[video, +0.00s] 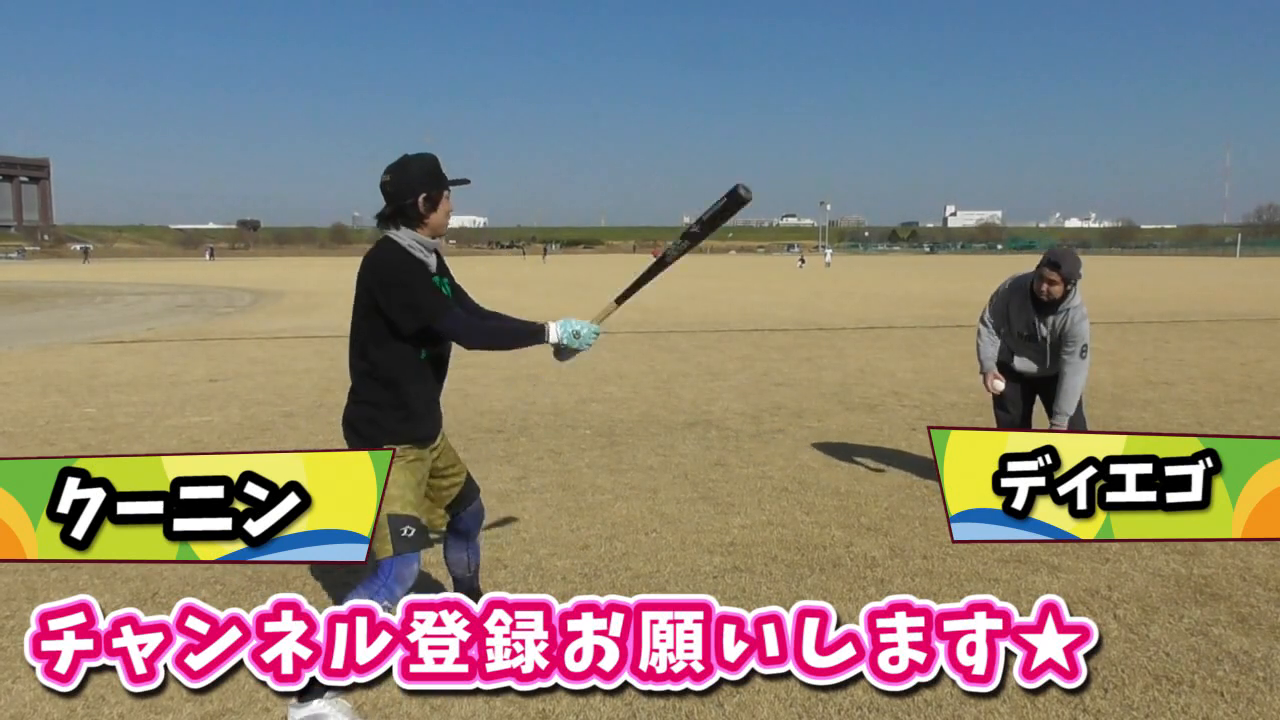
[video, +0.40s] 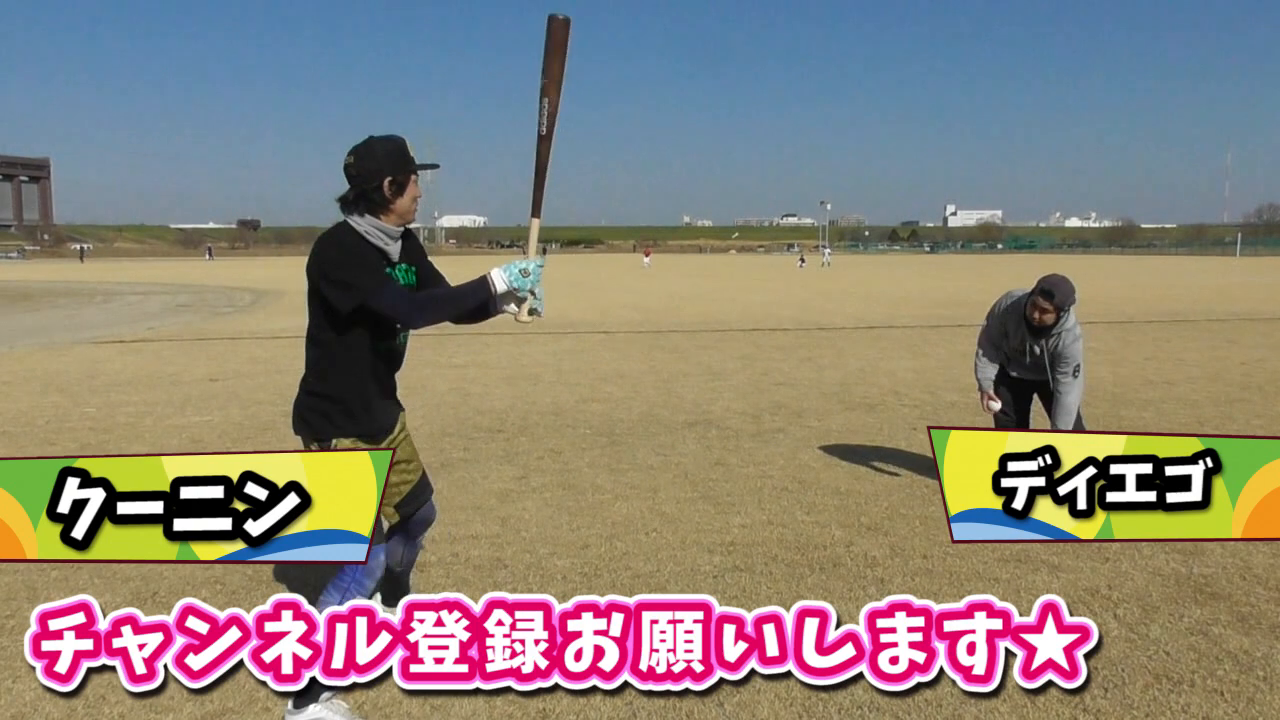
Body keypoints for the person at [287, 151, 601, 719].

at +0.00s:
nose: (452, 205)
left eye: (449, 196)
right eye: (446, 197)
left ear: (416, 204)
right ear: (426, 204)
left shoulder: (424, 256)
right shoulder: (395, 262)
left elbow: (473, 318)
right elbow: (461, 326)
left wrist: (549, 332)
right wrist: (549, 332)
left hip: (420, 430)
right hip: (388, 436)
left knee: (466, 509)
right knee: (398, 566)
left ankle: (468, 615)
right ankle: (315, 689)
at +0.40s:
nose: (419, 191)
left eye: (417, 182)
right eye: (413, 183)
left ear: (387, 188)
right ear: (390, 189)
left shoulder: (403, 242)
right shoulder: (339, 248)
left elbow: (445, 306)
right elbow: (405, 309)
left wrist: (500, 300)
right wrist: (487, 285)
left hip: (382, 416)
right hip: (337, 424)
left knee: (416, 513)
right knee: (361, 552)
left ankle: (384, 611)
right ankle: (310, 692)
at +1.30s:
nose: (403, 210)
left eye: (403, 201)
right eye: (398, 201)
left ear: (361, 205)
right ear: (373, 204)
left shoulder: (389, 258)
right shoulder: (298, 248)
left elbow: (437, 313)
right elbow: (344, 282)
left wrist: (451, 269)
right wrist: (424, 235)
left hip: (352, 431)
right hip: (297, 441)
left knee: (425, 525)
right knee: (353, 568)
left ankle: (394, 605)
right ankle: (307, 697)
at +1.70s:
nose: (397, 208)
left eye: (397, 200)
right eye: (390, 199)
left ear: (376, 206)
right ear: (357, 204)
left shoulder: (389, 256)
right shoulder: (278, 246)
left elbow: (403, 319)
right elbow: (257, 299)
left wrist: (364, 275)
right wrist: (338, 254)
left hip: (360, 415)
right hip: (294, 422)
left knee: (415, 485)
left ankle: (438, 619)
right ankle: (306, 694)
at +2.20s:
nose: (446, 235)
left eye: (444, 225)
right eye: (437, 227)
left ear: (413, 233)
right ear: (407, 233)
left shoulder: (439, 279)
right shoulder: (337, 263)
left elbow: (411, 329)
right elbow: (260, 323)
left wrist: (349, 299)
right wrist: (312, 275)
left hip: (407, 428)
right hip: (344, 440)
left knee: (477, 520)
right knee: (368, 563)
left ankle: (474, 588)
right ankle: (308, 696)